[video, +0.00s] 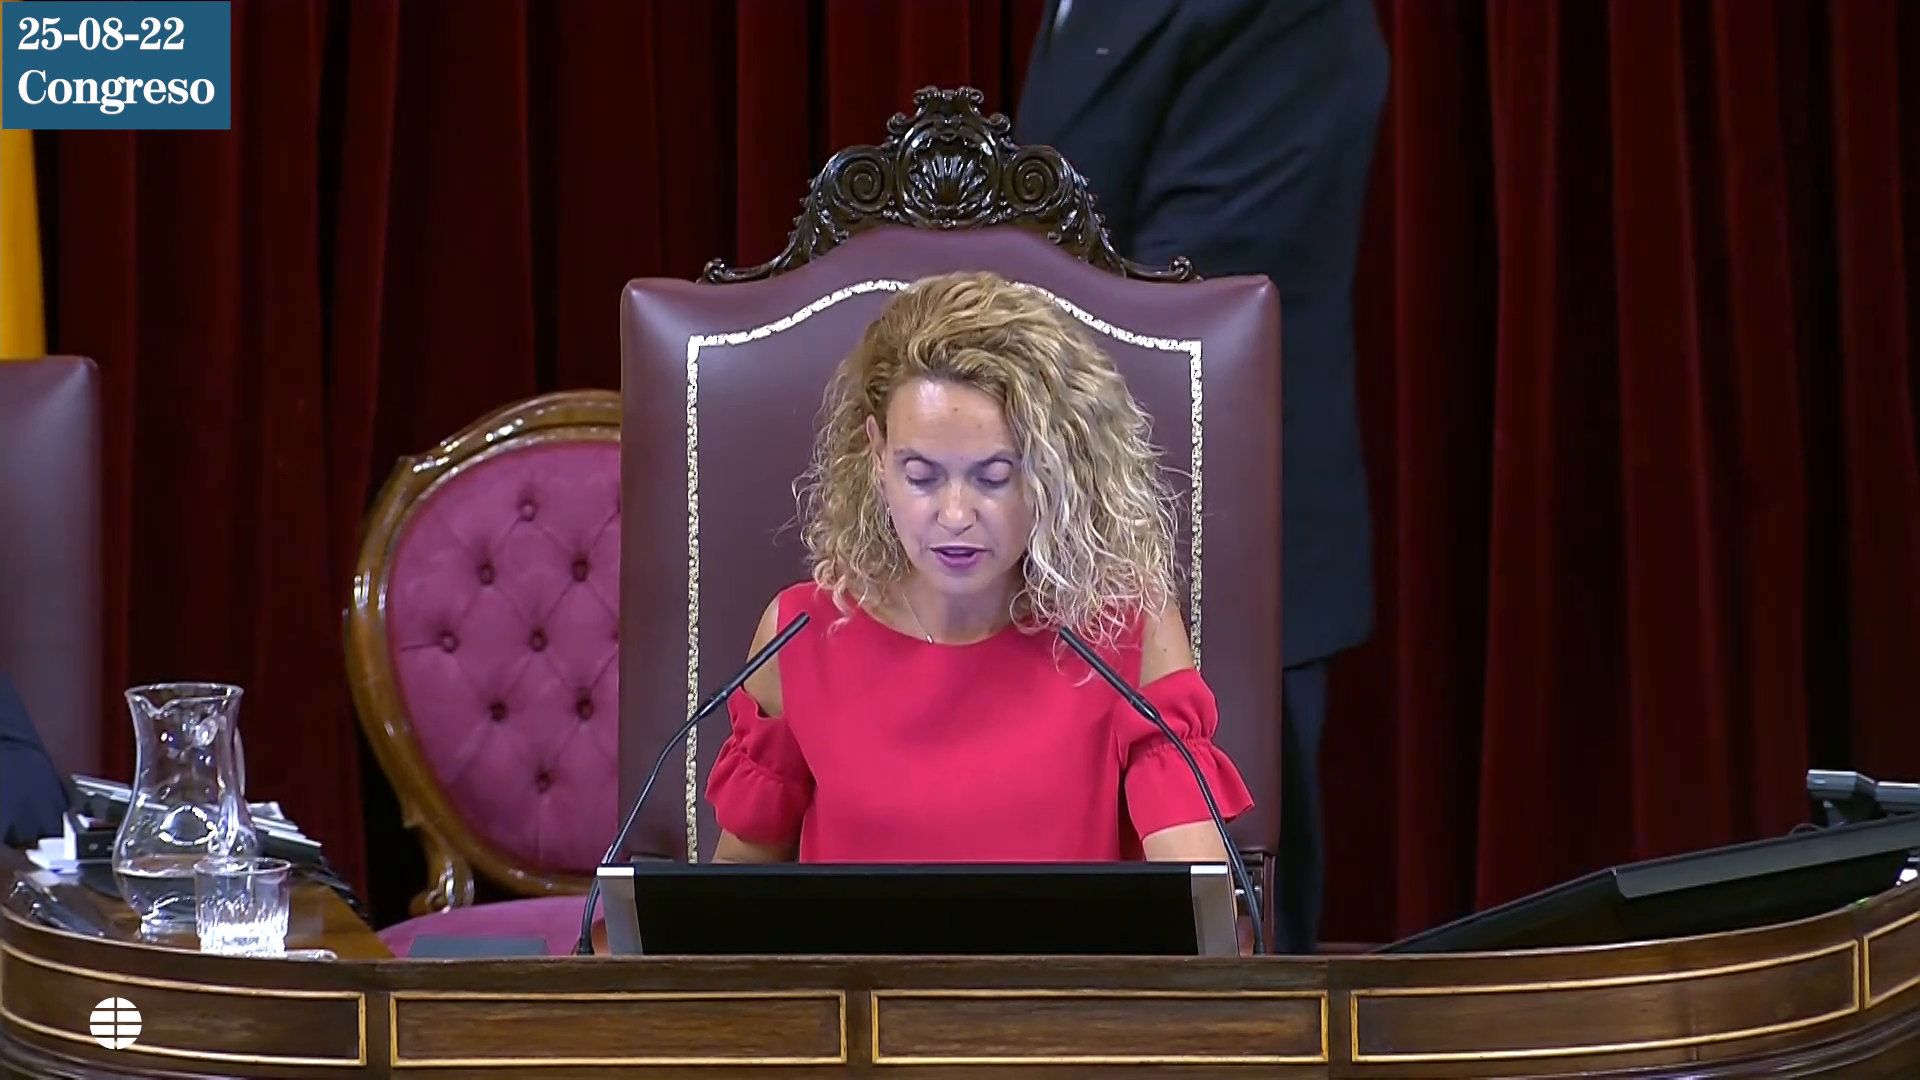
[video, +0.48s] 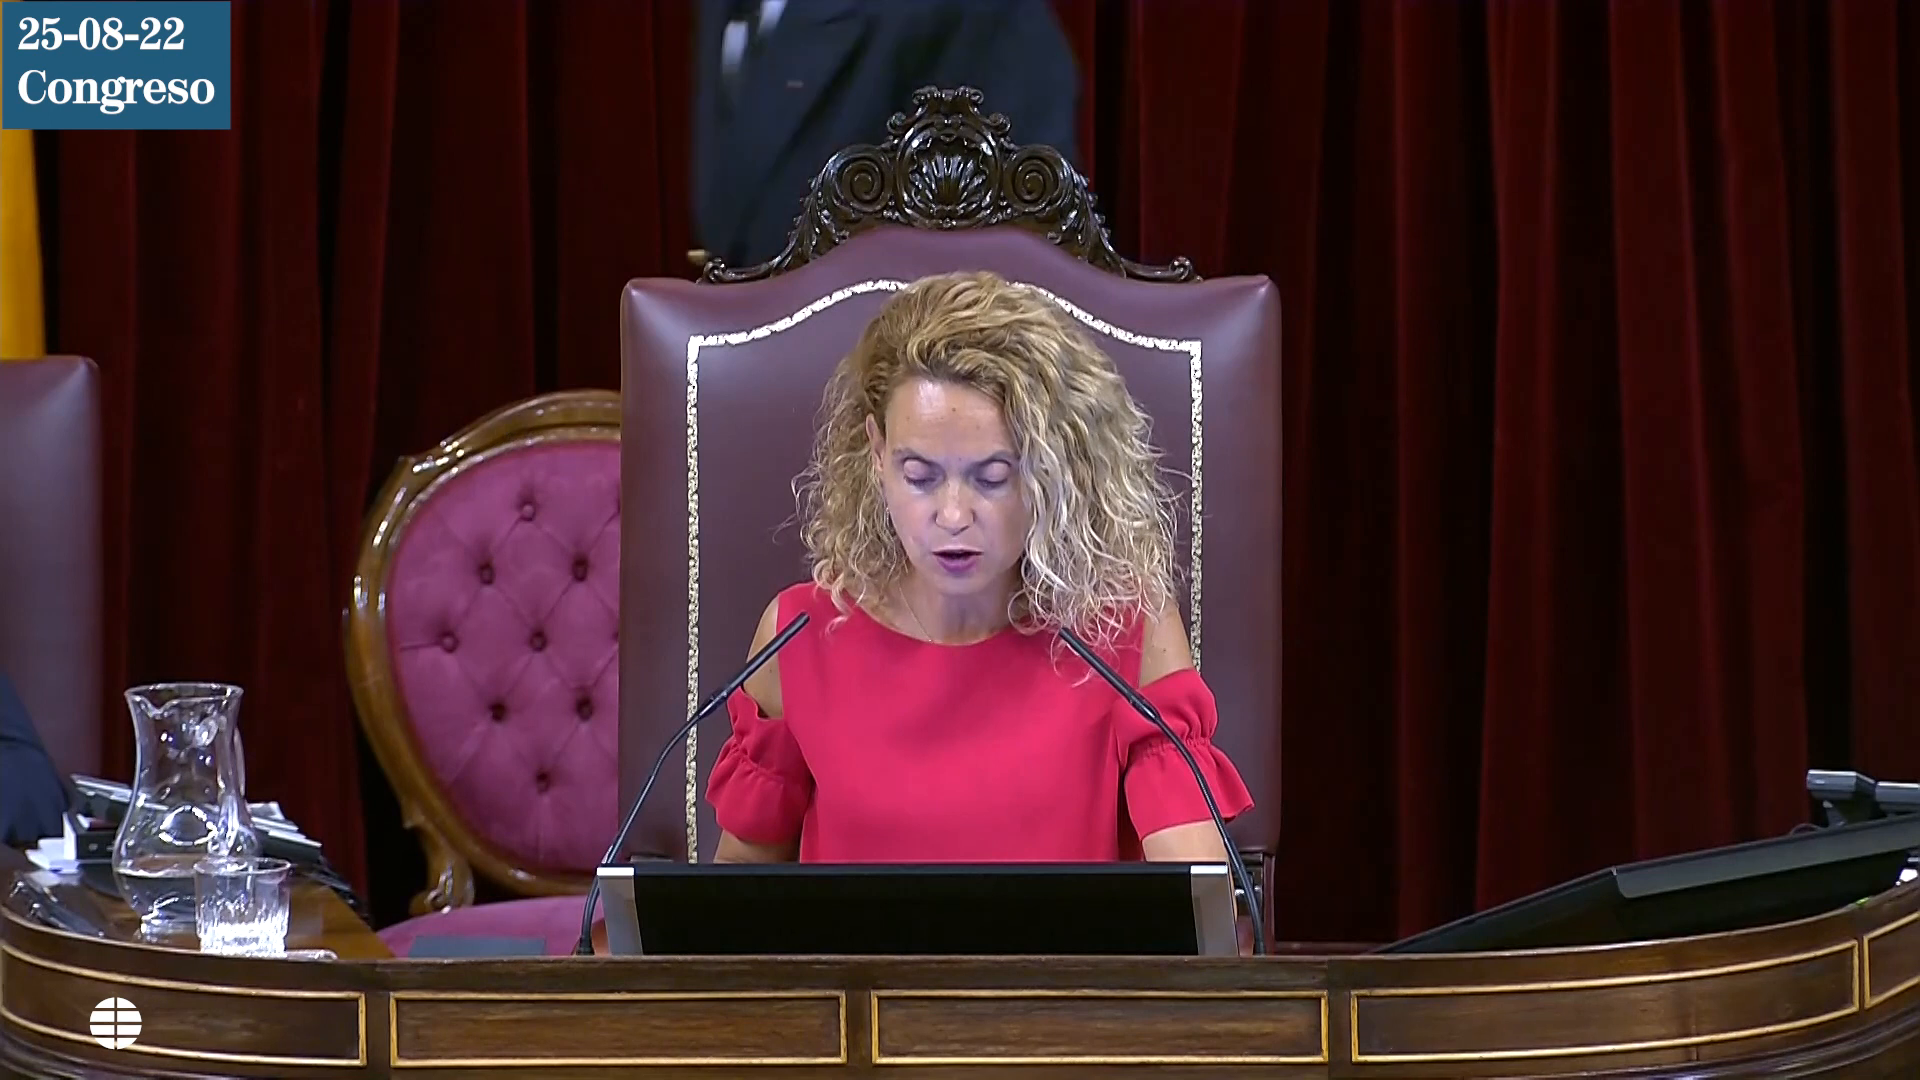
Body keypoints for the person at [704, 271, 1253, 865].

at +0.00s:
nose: (955, 513)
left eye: (993, 476)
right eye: (922, 474)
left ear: (1055, 473)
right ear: (877, 464)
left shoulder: (1127, 625)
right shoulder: (803, 631)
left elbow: (1199, 890)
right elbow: (742, 881)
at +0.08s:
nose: (955, 514)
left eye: (992, 476)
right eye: (922, 475)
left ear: (1055, 473)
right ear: (876, 462)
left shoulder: (1126, 625)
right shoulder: (803, 631)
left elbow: (1199, 891)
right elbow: (741, 883)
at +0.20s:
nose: (954, 514)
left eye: (992, 476)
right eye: (922, 474)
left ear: (1056, 469)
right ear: (875, 454)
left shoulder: (1127, 628)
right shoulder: (803, 632)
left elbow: (1200, 898)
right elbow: (742, 884)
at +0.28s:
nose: (954, 514)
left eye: (992, 476)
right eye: (921, 474)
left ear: (1055, 472)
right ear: (876, 458)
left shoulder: (1126, 626)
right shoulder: (803, 631)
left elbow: (1202, 901)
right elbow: (741, 885)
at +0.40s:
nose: (954, 515)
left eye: (992, 475)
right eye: (921, 474)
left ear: (1055, 469)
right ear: (875, 454)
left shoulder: (1125, 625)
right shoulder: (803, 632)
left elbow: (1202, 901)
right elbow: (741, 885)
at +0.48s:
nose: (953, 516)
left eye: (991, 475)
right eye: (921, 474)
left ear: (1056, 467)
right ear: (875, 454)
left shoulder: (1126, 626)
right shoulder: (803, 632)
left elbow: (1200, 900)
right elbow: (741, 887)